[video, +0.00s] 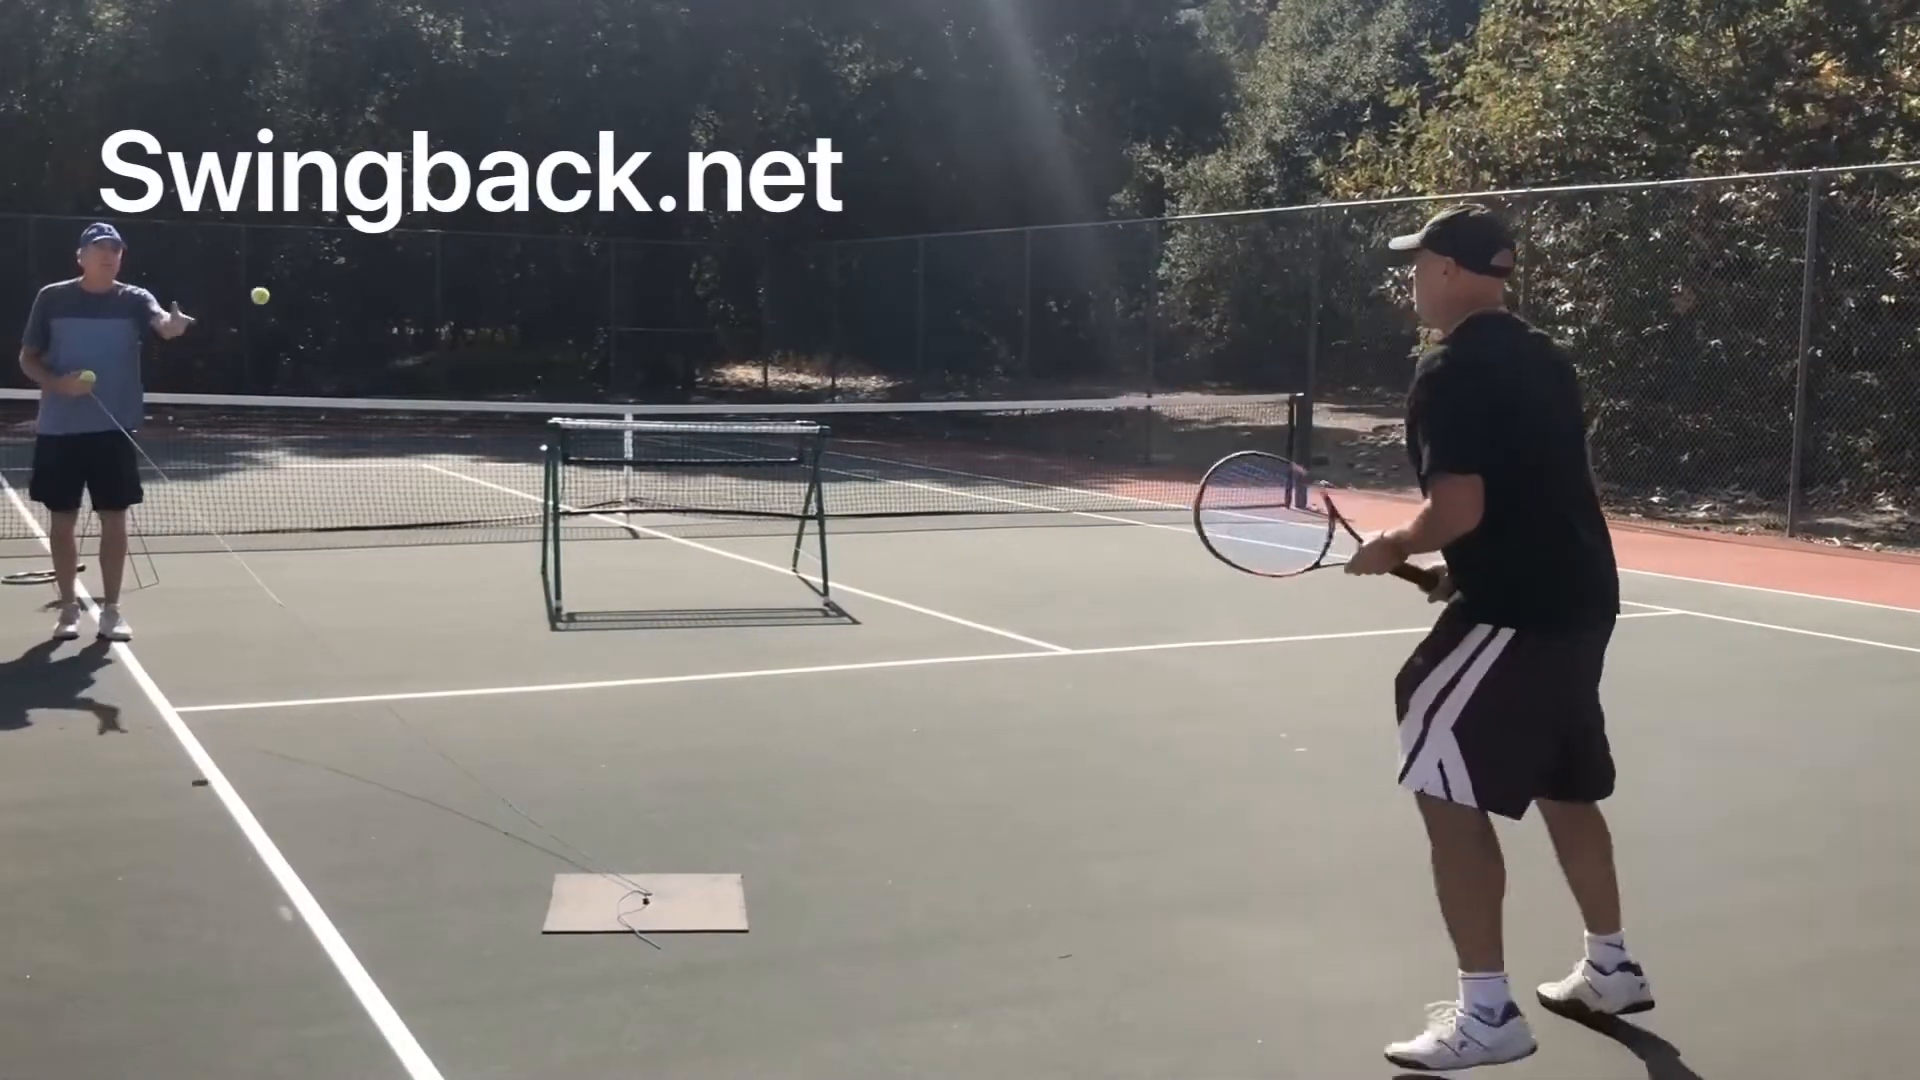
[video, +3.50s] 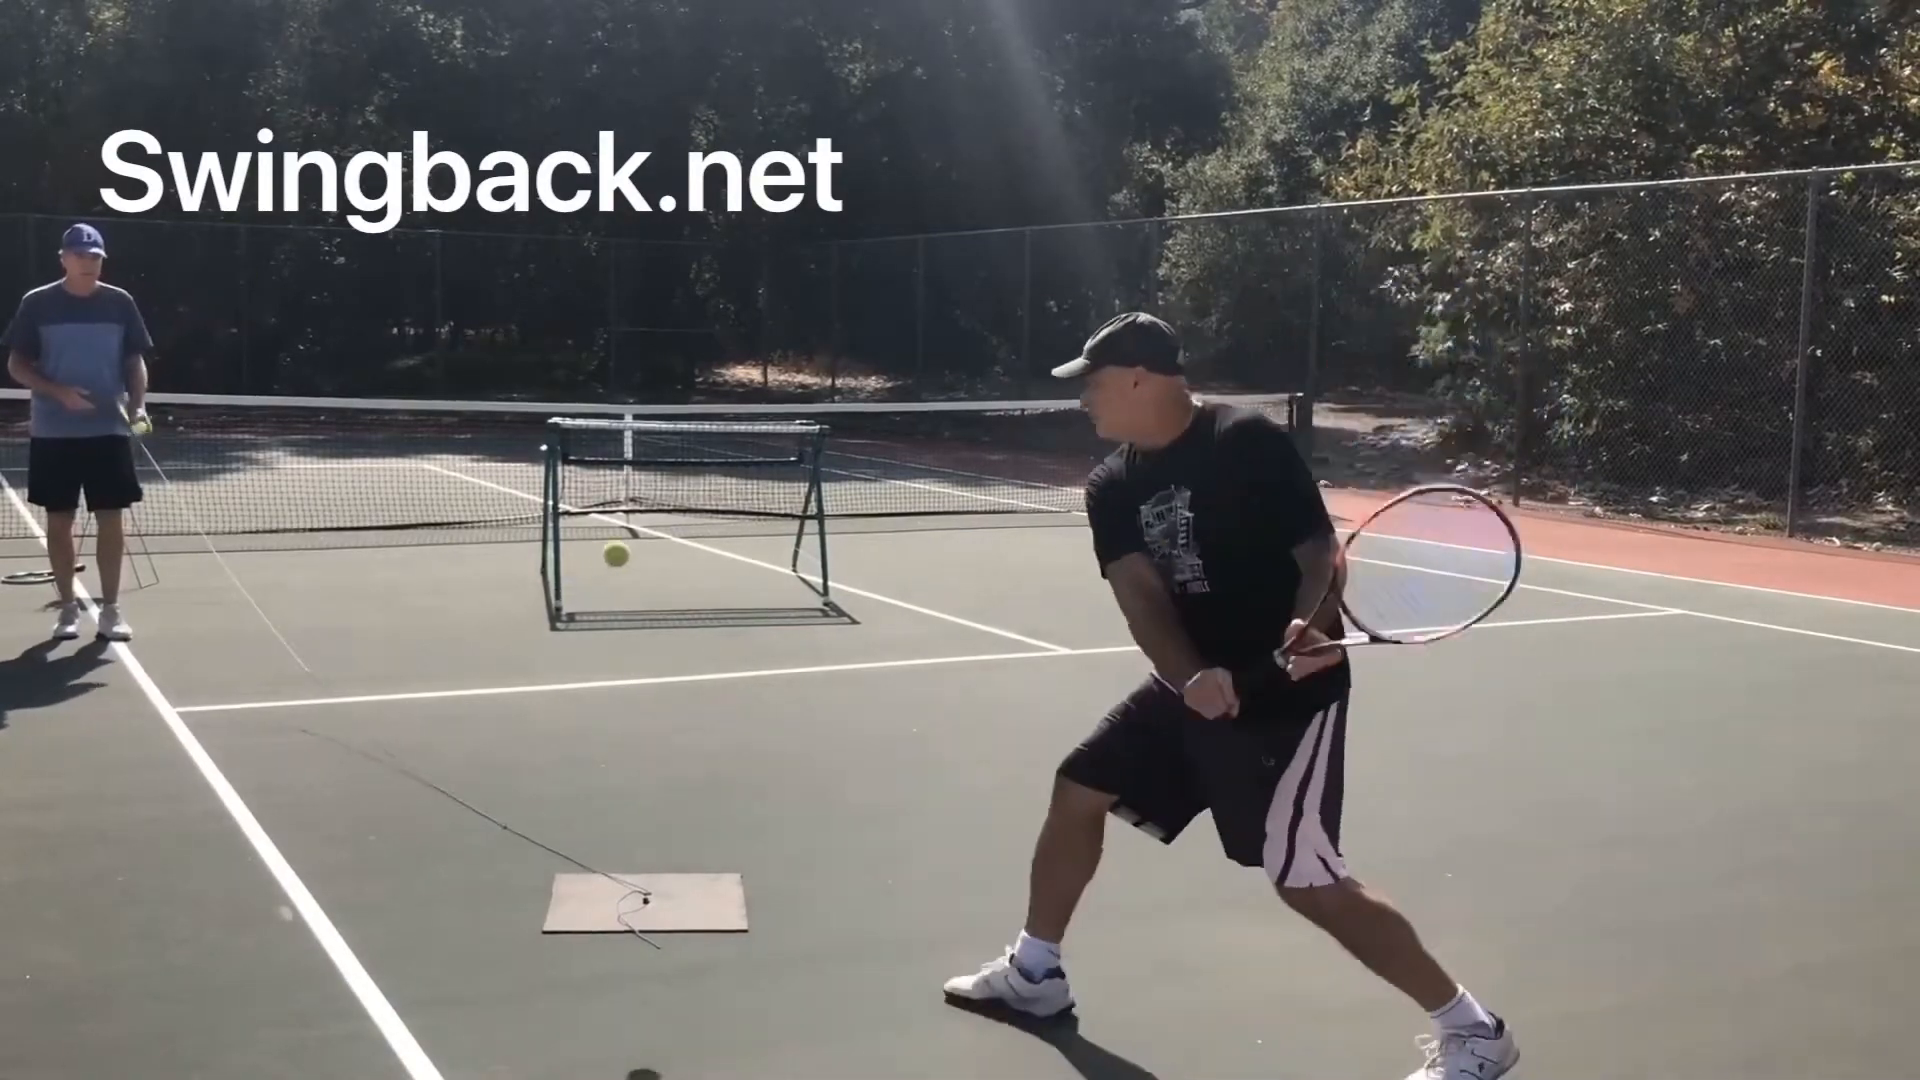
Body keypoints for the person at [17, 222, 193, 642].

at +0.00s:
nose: (108, 255)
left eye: (114, 248)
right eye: (100, 247)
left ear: (121, 256)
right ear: (81, 255)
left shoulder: (136, 298)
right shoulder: (51, 298)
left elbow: (161, 324)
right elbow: (27, 359)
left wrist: (173, 324)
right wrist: (57, 383)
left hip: (114, 432)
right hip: (60, 433)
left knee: (114, 520)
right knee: (62, 521)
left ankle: (111, 610)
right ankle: (69, 606)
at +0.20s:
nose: (105, 258)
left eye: (111, 251)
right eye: (97, 250)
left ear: (119, 257)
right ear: (79, 256)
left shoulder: (134, 302)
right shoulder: (49, 300)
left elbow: (168, 352)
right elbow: (28, 359)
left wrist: (141, 354)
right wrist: (59, 384)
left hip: (115, 434)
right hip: (61, 436)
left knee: (114, 521)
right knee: (63, 523)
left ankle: (111, 610)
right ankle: (69, 608)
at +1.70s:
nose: (95, 269)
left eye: (101, 261)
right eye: (87, 260)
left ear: (108, 264)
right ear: (67, 260)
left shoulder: (120, 305)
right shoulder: (38, 303)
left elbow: (128, 364)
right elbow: (15, 363)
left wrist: (140, 419)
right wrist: (53, 394)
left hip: (109, 437)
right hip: (54, 438)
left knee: (110, 520)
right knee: (58, 522)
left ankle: (110, 609)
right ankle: (69, 607)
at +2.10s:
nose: (99, 267)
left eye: (105, 260)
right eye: (91, 259)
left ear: (111, 264)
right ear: (72, 260)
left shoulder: (127, 308)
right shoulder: (41, 302)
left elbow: (143, 365)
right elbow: (16, 359)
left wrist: (158, 413)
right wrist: (47, 391)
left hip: (106, 438)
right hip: (51, 437)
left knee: (110, 521)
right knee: (57, 523)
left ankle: (109, 610)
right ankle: (67, 607)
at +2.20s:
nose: (101, 261)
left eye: (106, 254)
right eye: (92, 253)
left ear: (112, 259)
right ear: (73, 257)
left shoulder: (129, 306)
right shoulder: (42, 300)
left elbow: (156, 345)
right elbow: (16, 358)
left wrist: (177, 364)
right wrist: (46, 388)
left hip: (107, 436)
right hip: (52, 435)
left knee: (110, 520)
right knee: (58, 520)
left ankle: (110, 609)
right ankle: (68, 606)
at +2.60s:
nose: (93, 256)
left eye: (99, 249)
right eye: (86, 249)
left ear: (107, 255)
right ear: (69, 254)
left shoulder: (126, 299)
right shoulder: (41, 300)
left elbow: (157, 347)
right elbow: (22, 360)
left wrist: (122, 343)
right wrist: (51, 382)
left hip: (113, 430)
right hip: (57, 433)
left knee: (113, 519)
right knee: (60, 521)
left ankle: (111, 610)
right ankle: (68, 607)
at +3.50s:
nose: (87, 265)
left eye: (94, 258)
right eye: (80, 257)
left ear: (103, 260)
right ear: (63, 257)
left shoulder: (120, 302)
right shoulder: (36, 303)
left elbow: (135, 360)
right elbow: (17, 365)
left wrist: (138, 404)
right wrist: (59, 392)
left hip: (108, 433)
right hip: (54, 436)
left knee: (111, 518)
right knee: (59, 520)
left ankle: (110, 609)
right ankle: (68, 608)